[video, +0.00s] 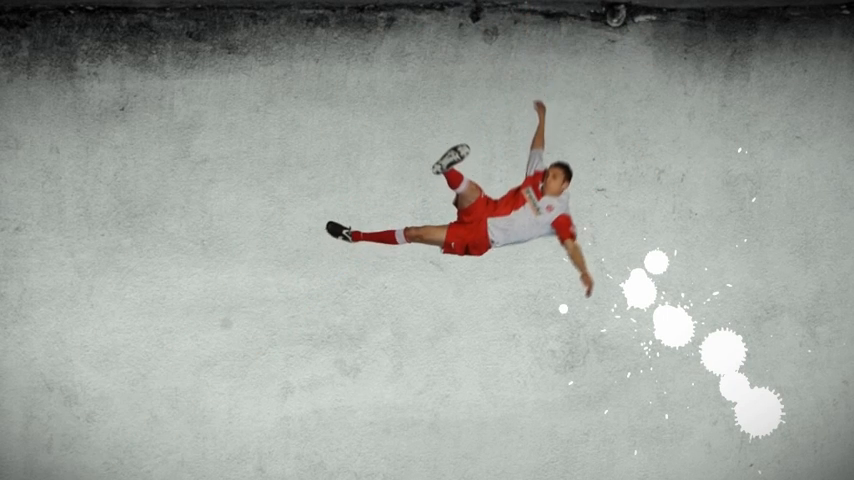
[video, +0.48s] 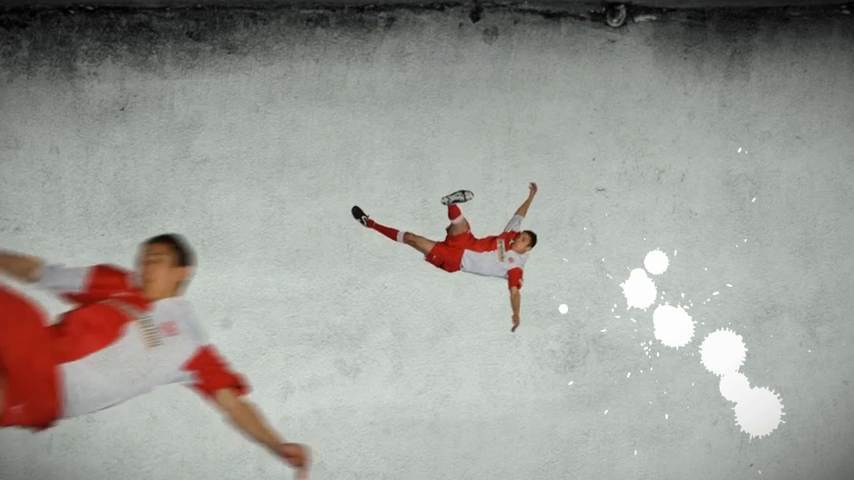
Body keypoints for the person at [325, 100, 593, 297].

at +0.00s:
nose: (548, 179)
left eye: (555, 178)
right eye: (548, 175)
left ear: (564, 186)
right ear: (544, 176)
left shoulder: (559, 216)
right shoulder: (535, 179)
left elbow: (571, 246)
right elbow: (537, 150)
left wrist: (584, 272)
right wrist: (542, 119)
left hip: (479, 237)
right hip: (479, 210)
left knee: (416, 233)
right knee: (469, 189)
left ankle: (354, 236)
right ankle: (446, 171)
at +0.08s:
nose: (543, 196)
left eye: (550, 194)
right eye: (544, 191)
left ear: (559, 201)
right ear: (541, 191)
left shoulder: (551, 230)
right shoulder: (532, 194)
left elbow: (560, 260)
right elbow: (535, 166)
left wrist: (571, 286)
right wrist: (542, 138)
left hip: (474, 242)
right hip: (478, 217)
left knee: (414, 235)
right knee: (467, 197)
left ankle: (357, 233)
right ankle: (450, 180)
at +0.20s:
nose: (537, 216)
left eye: (543, 215)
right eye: (538, 211)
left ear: (548, 222)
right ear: (534, 210)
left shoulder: (538, 246)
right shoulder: (525, 211)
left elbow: (544, 274)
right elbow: (531, 186)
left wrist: (550, 298)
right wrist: (541, 161)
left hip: (467, 250)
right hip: (472, 229)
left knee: (413, 237)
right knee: (466, 208)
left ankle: (362, 230)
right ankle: (451, 189)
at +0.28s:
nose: (532, 227)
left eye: (537, 227)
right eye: (533, 223)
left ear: (541, 234)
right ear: (529, 222)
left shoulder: (530, 257)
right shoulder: (520, 223)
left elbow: (533, 283)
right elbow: (527, 199)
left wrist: (538, 306)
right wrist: (538, 176)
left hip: (461, 256)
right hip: (470, 235)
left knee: (412, 238)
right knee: (467, 215)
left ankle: (364, 227)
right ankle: (452, 197)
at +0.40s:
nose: (524, 236)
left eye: (528, 236)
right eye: (525, 232)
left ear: (532, 244)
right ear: (522, 233)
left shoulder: (521, 265)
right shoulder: (513, 232)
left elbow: (522, 290)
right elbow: (522, 211)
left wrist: (524, 313)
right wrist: (534, 190)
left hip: (457, 258)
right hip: (465, 239)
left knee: (412, 238)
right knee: (461, 220)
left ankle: (368, 224)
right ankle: (453, 201)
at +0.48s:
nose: (520, 241)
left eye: (524, 242)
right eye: (521, 237)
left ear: (527, 249)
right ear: (518, 237)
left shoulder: (515, 269)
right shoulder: (509, 237)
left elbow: (515, 292)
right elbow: (518, 216)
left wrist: (516, 314)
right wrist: (531, 196)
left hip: (453, 259)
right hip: (462, 242)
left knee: (412, 238)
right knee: (459, 222)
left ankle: (369, 223)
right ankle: (452, 204)